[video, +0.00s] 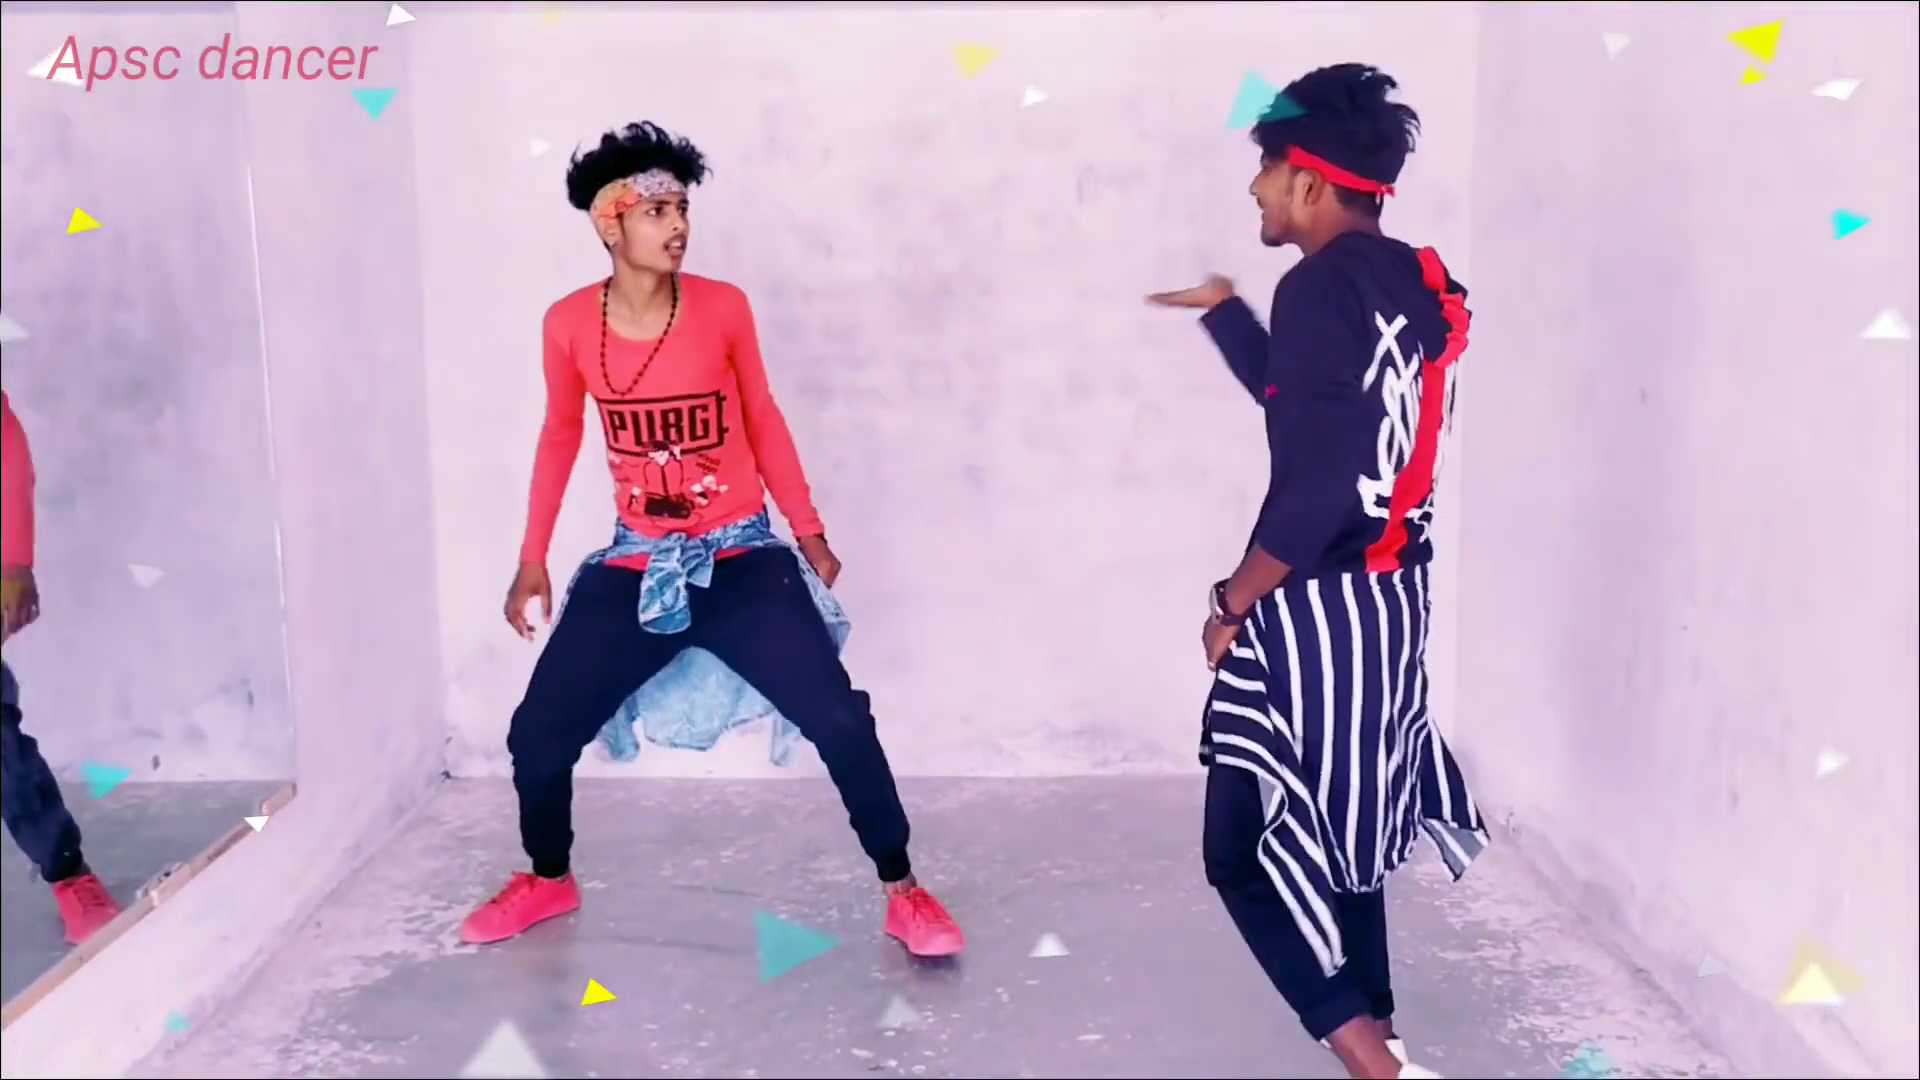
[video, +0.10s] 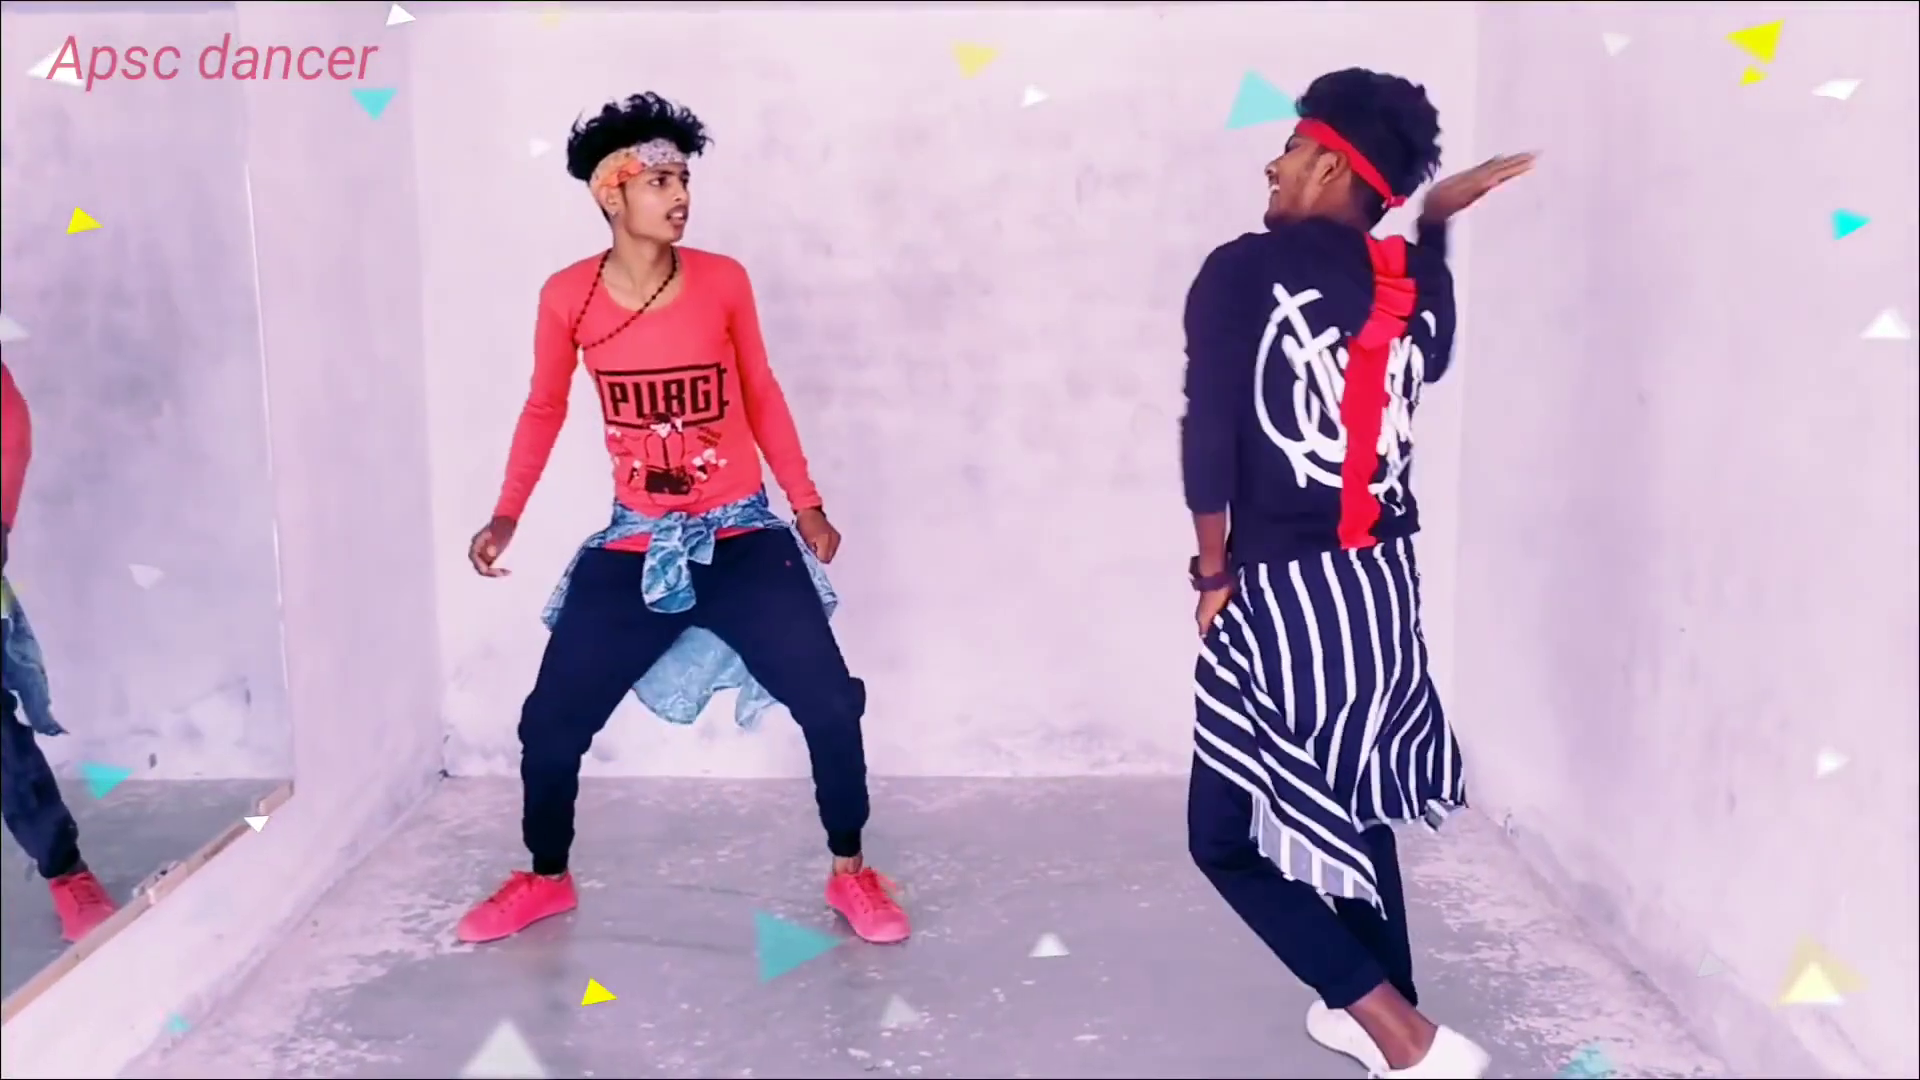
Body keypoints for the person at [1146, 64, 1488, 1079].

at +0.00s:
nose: (1256, 184)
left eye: (1268, 164)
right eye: (1262, 162)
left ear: (1313, 178)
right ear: (1347, 183)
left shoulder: (1318, 286)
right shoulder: (1400, 279)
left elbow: (1322, 475)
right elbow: (1299, 405)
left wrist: (1236, 599)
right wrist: (1224, 309)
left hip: (1307, 606)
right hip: (1377, 600)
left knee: (1238, 849)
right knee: (1347, 843)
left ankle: (1375, 1065)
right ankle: (1371, 1059)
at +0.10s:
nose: (1276, 159)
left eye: (1301, 146)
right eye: (1291, 140)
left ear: (1340, 172)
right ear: (1379, 185)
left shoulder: (1242, 268)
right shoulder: (1410, 274)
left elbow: (1213, 421)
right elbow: (1433, 356)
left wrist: (1214, 563)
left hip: (1279, 594)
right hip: (1384, 586)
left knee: (1225, 843)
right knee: (1355, 813)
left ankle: (1410, 1043)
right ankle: (1377, 1012)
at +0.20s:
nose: (1258, 180)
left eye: (1276, 169)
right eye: (1270, 160)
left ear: (1311, 189)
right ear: (1354, 201)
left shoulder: (1220, 281)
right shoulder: (1414, 289)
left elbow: (1171, 410)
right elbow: (1543, 348)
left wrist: (1181, 559)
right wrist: (1460, 228)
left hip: (1259, 584)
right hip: (1367, 588)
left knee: (1193, 825)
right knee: (1344, 812)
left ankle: (1355, 1029)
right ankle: (1380, 1034)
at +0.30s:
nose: (1213, 187)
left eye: (1228, 172)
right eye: (1222, 168)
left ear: (1264, 188)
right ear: (1307, 196)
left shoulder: (1198, 289)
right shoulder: (1384, 297)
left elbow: (1169, 421)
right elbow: (1502, 415)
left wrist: (1173, 545)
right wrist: (1446, 348)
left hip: (1246, 596)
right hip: (1355, 593)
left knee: (1158, 795)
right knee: (1333, 808)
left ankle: (1242, 1029)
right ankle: (1378, 1028)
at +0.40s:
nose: (1172, 188)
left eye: (1184, 173)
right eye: (1179, 170)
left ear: (1224, 184)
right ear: (1267, 187)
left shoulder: (1178, 284)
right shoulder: (1340, 289)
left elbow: (1185, 427)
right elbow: (1432, 433)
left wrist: (1166, 548)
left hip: (1224, 582)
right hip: (1320, 579)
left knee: (1134, 781)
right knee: (1298, 802)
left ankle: (1206, 1010)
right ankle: (1364, 1020)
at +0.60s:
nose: (1120, 183)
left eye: (1128, 164)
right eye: (1124, 163)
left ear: (1167, 168)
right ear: (1211, 168)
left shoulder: (1185, 264)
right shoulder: (1282, 265)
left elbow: (1205, 435)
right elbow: (1339, 429)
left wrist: (1142, 545)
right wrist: (1269, 512)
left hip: (1196, 551)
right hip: (1256, 548)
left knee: (1140, 773)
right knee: (1192, 752)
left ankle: (1209, 1018)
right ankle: (1293, 934)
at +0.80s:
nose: (1094, 183)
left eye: (1099, 163)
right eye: (1096, 163)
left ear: (1138, 165)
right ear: (1164, 164)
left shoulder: (1206, 260)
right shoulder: (1181, 257)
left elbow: (1265, 418)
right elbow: (1181, 416)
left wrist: (1163, 536)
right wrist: (1136, 526)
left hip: (1195, 550)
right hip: (1164, 543)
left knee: (1158, 756)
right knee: (1139, 741)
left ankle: (1218, 1017)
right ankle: (1161, 915)